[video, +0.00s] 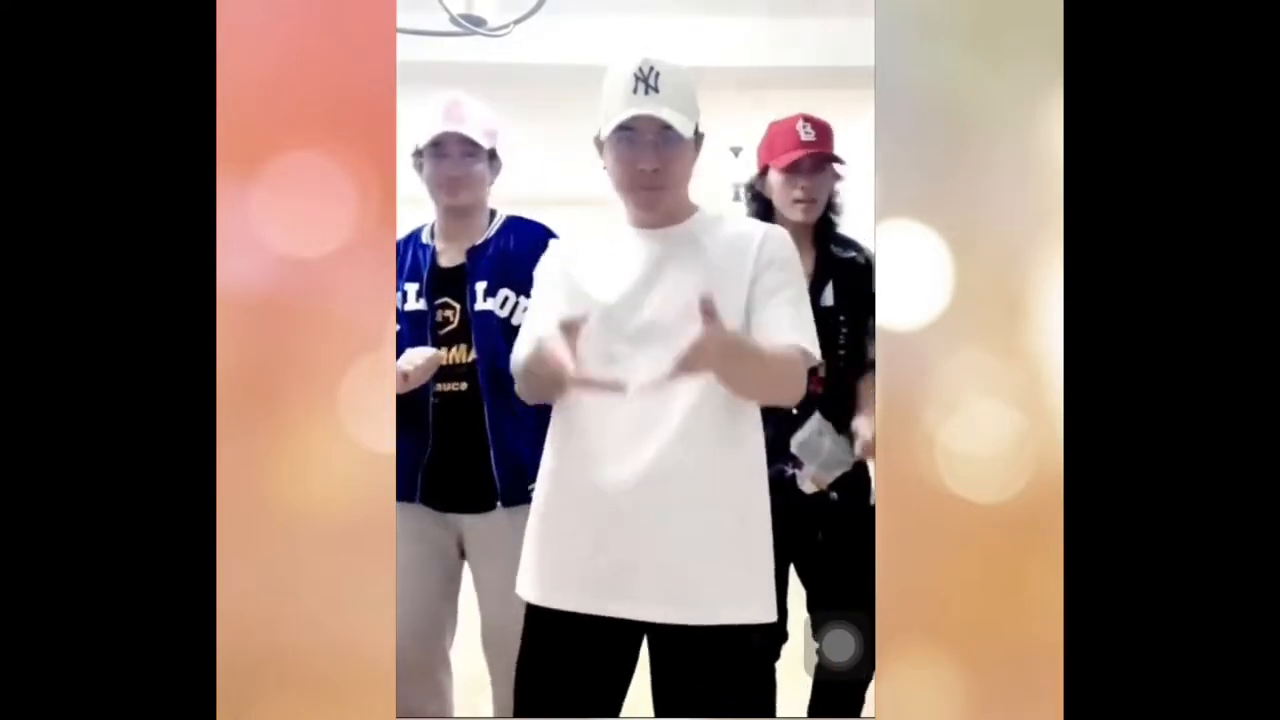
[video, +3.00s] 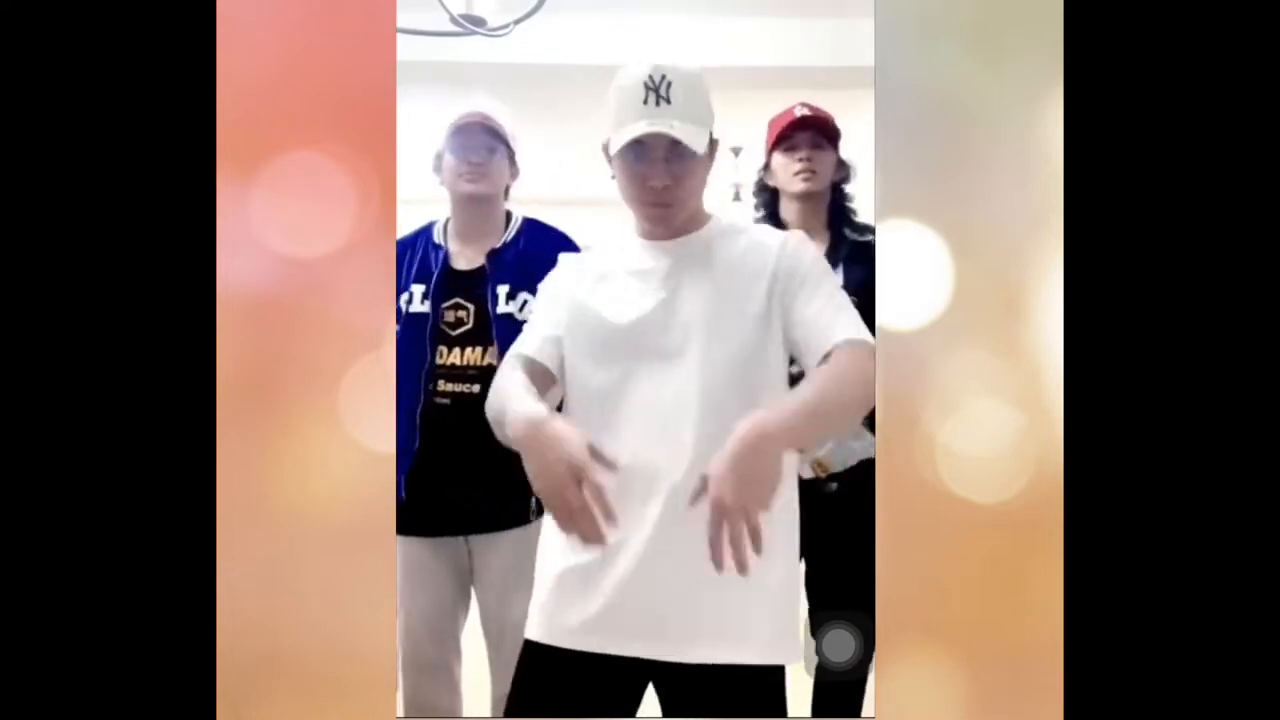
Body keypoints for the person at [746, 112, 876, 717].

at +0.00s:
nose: (806, 183)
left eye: (818, 170)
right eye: (791, 171)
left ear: (833, 180)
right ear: (764, 180)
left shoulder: (855, 266)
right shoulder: (736, 258)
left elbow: (866, 365)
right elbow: (718, 361)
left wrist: (865, 425)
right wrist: (733, 443)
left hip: (837, 485)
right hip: (752, 482)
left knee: (849, 651)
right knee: (750, 644)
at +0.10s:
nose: (802, 170)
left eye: (814, 157)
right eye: (787, 158)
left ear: (829, 168)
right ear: (760, 168)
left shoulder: (851, 251)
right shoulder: (731, 247)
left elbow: (864, 354)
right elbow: (710, 339)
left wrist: (850, 324)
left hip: (832, 460)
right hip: (748, 455)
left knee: (844, 636)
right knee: (749, 629)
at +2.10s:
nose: (799, 159)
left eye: (810, 149)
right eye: (783, 151)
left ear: (827, 164)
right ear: (757, 168)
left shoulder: (863, 253)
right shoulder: (735, 252)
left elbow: (899, 348)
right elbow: (740, 367)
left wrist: (799, 341)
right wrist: (847, 367)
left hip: (853, 475)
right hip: (768, 473)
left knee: (850, 643)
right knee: (768, 642)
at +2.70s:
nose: (794, 160)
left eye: (807, 149)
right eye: (780, 148)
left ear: (826, 165)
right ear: (757, 162)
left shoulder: (857, 255)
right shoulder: (731, 254)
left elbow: (898, 370)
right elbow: (707, 360)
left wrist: (866, 338)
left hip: (835, 482)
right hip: (745, 479)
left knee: (838, 653)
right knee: (740, 653)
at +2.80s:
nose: (797, 155)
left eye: (810, 144)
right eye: (783, 145)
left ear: (829, 161)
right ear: (761, 161)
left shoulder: (863, 252)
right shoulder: (738, 254)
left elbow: (888, 361)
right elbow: (715, 362)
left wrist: (837, 337)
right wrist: (755, 437)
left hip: (840, 479)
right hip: (750, 476)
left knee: (838, 648)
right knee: (743, 643)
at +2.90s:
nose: (800, 160)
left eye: (814, 150)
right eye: (786, 150)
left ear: (834, 167)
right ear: (763, 168)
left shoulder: (868, 255)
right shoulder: (737, 251)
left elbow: (891, 359)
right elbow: (720, 371)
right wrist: (763, 438)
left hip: (844, 479)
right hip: (753, 474)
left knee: (841, 646)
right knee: (747, 641)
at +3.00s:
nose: (805, 159)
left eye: (818, 149)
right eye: (791, 149)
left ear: (838, 165)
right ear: (769, 166)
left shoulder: (873, 250)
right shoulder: (742, 253)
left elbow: (898, 350)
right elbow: (724, 355)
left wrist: (856, 416)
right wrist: (773, 424)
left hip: (852, 468)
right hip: (764, 463)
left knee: (846, 634)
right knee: (754, 627)